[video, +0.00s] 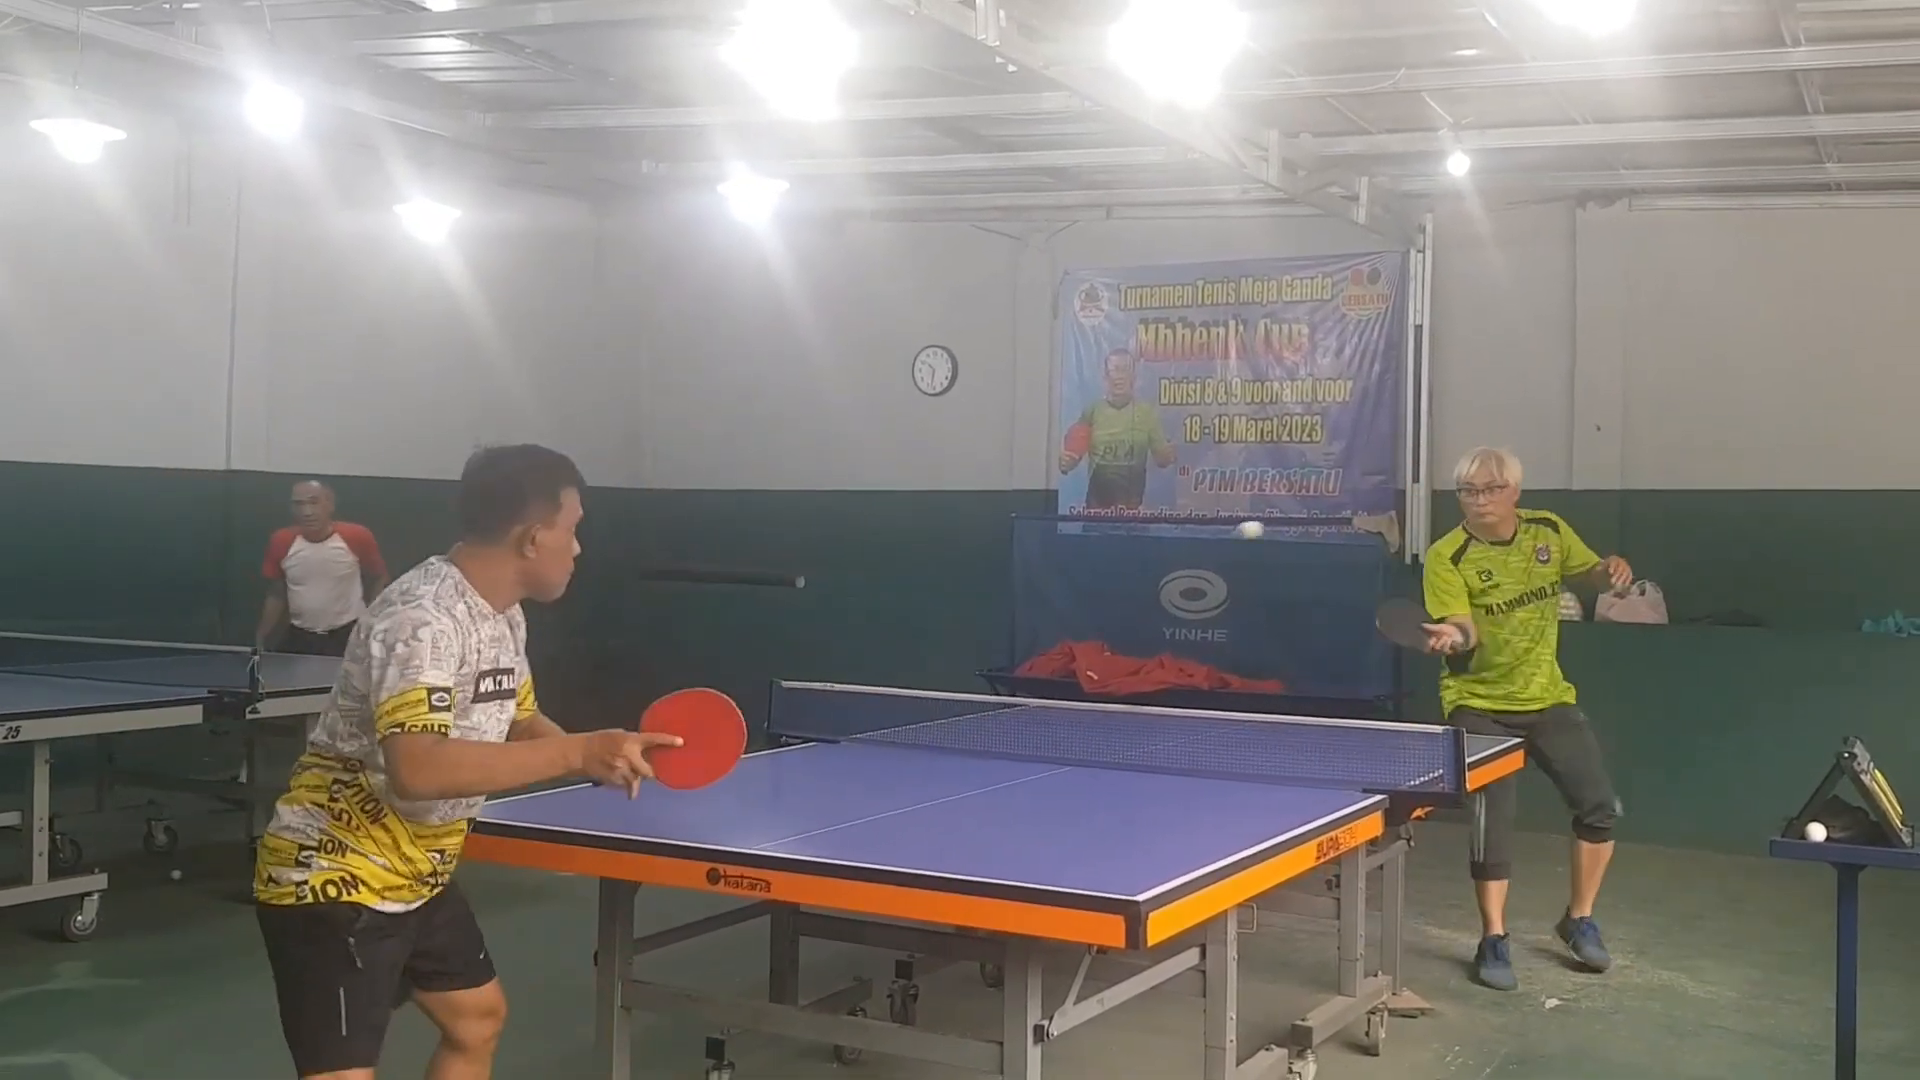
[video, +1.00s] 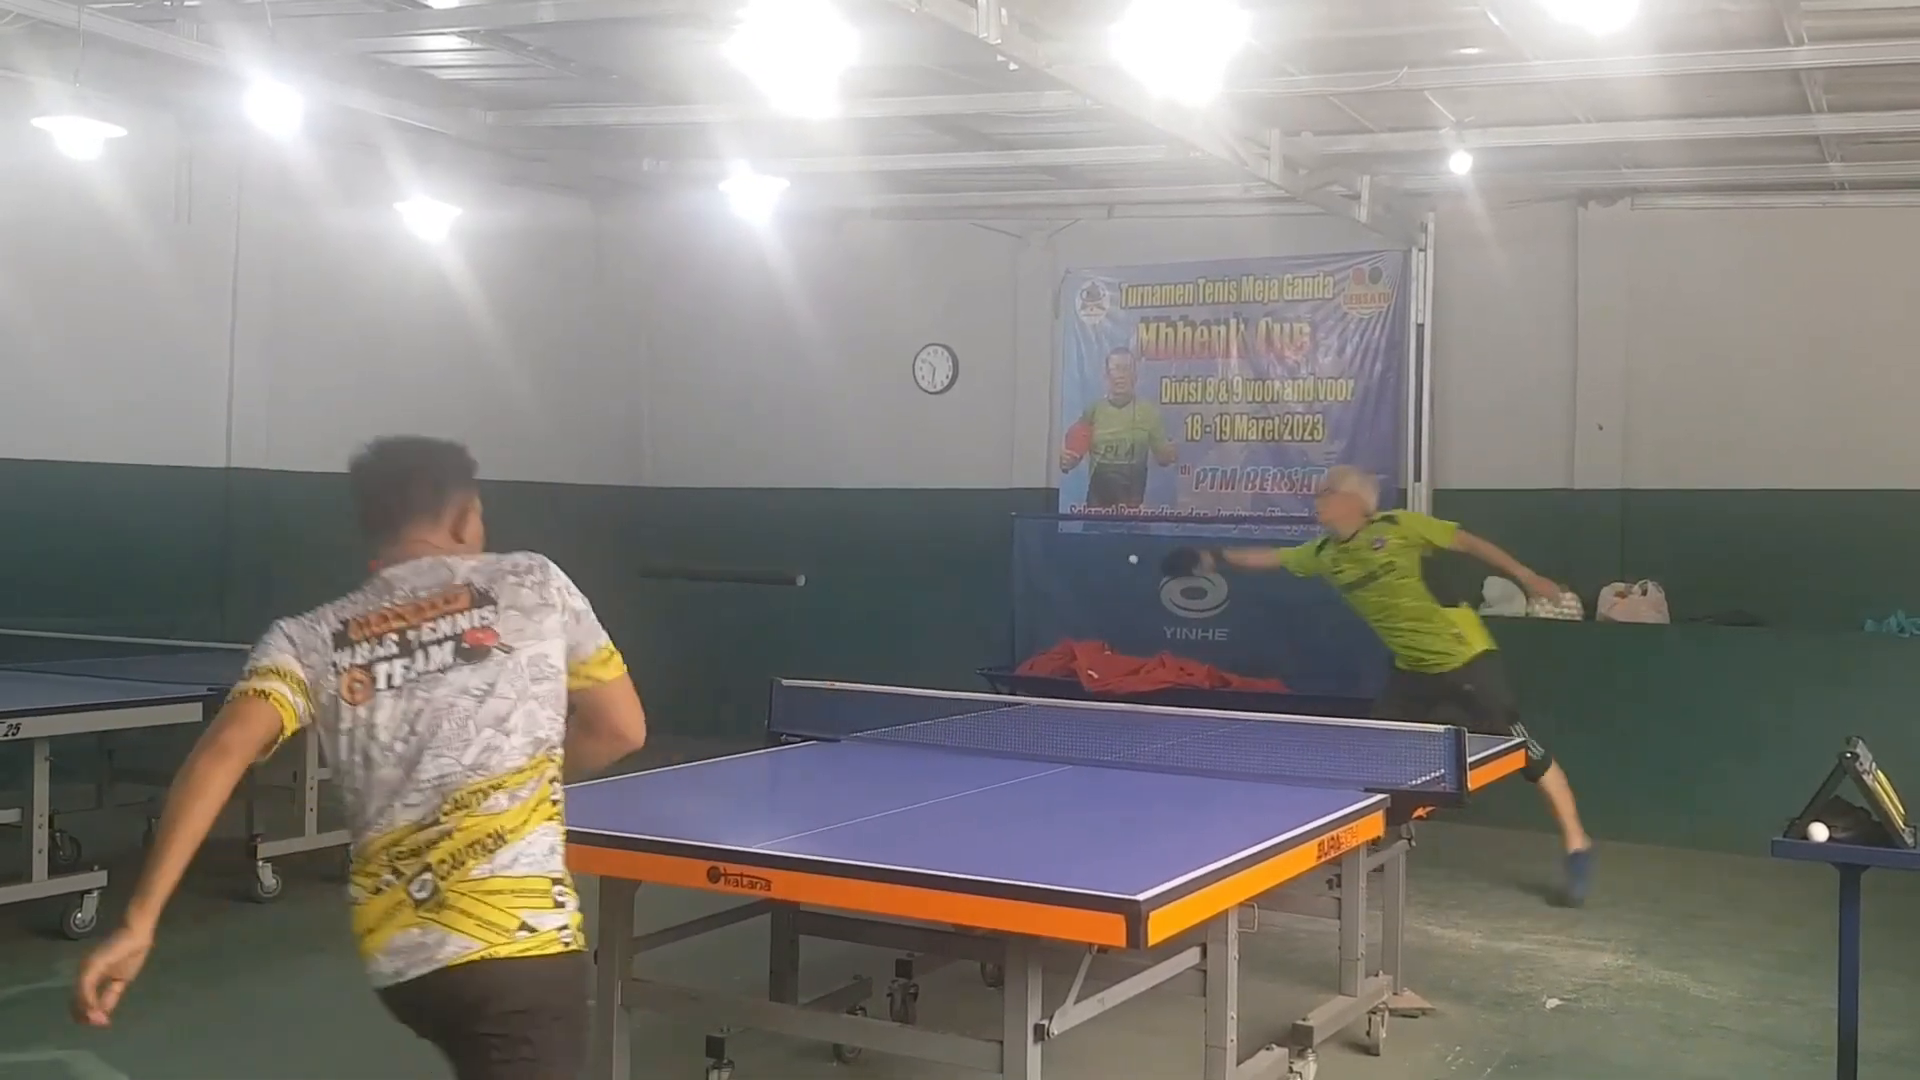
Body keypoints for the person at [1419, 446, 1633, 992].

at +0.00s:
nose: (1477, 499)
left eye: (1489, 489)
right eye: (1468, 490)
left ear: (1516, 493)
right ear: (1459, 495)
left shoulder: (1549, 532)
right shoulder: (1445, 557)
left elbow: (1594, 578)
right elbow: (1462, 629)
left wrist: (1615, 571)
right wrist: (1452, 634)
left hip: (1547, 698)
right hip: (1478, 703)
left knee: (1599, 806)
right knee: (1491, 814)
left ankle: (1580, 919)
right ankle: (1494, 938)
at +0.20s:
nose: (1476, 513)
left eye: (1488, 503)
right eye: (1468, 504)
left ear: (1514, 507)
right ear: (1459, 509)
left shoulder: (1553, 551)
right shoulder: (1441, 564)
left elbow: (1608, 603)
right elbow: (1430, 636)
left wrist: (1619, 657)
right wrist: (1411, 656)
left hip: (1535, 701)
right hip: (1459, 700)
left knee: (1561, 809)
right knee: (1428, 795)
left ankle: (1576, 929)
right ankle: (1415, 910)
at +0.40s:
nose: (1437, 529)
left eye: (1448, 520)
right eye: (1428, 520)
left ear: (1472, 523)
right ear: (1419, 524)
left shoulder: (1511, 564)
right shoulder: (1402, 578)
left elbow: (1552, 612)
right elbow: (1384, 646)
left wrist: (1578, 670)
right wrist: (1359, 666)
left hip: (1499, 705)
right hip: (1424, 707)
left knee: (1533, 802)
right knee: (1376, 793)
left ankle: (1573, 927)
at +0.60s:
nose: (1414, 514)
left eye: (1425, 505)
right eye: (1406, 506)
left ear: (1447, 508)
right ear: (1396, 510)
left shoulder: (1484, 542)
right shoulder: (1383, 561)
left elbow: (1539, 589)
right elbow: (1358, 622)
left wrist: (1552, 617)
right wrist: (1329, 653)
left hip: (1485, 688)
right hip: (1411, 689)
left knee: (1529, 786)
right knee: (1369, 771)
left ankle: (1552, 882)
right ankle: (1349, 868)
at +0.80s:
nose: (1398, 514)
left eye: (1408, 505)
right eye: (1395, 506)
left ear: (1439, 506)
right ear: (1395, 510)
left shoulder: (1483, 541)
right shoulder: (1395, 561)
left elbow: (1536, 583)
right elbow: (1383, 624)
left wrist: (1545, 592)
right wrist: (1333, 650)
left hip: (1492, 692)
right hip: (1423, 691)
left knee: (1531, 788)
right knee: (1374, 765)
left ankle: (1552, 874)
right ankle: (1358, 859)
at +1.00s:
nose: (1319, 506)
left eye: (1329, 497)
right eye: (1319, 498)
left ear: (1360, 503)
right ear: (1326, 508)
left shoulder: (1401, 527)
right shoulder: (1322, 555)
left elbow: (1472, 545)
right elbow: (1263, 559)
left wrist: (1528, 578)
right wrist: (1212, 557)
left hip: (1467, 658)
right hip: (1412, 668)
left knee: (1522, 745)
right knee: (1374, 749)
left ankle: (1577, 841)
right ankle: (1371, 839)